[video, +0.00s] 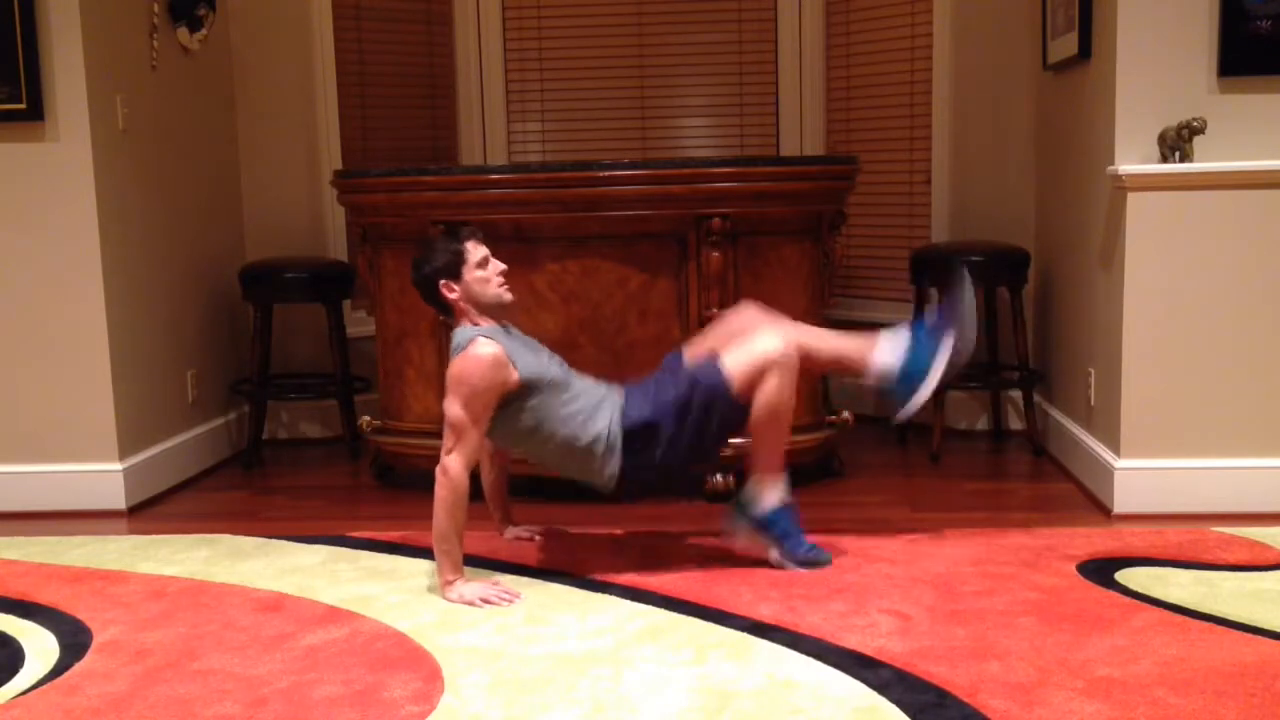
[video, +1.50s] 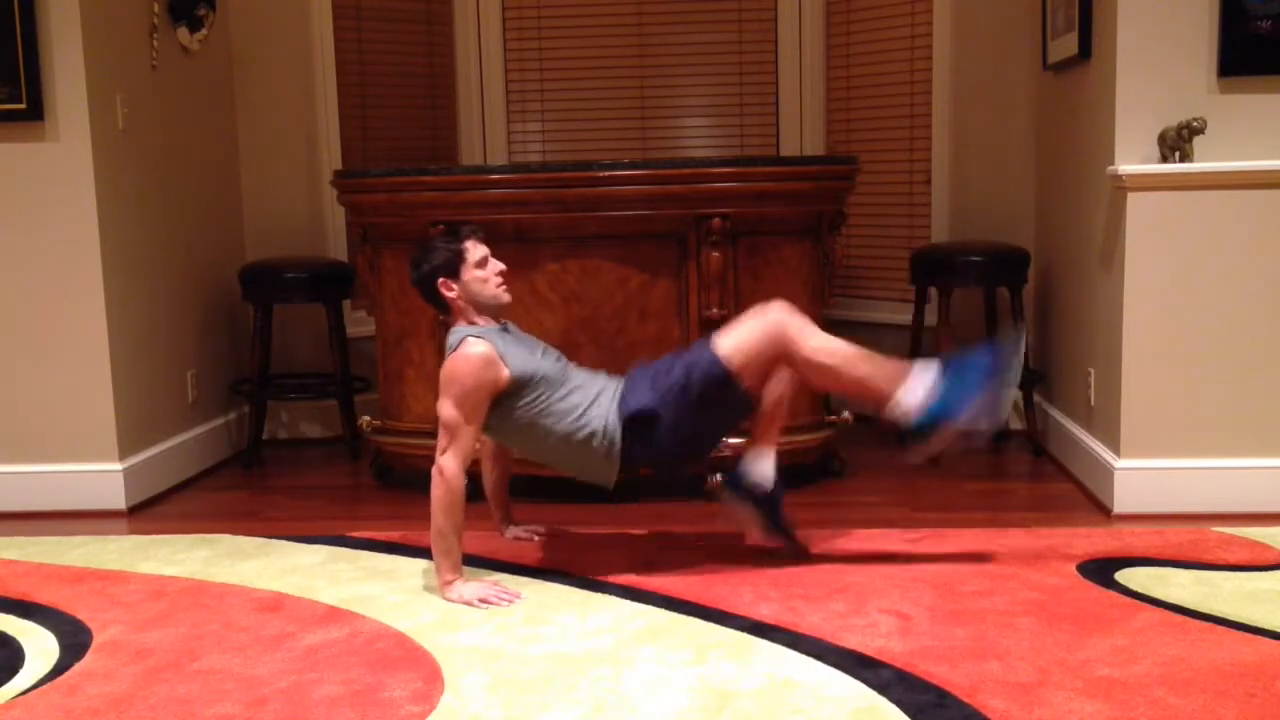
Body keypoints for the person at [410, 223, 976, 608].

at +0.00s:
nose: (500, 269)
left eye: (494, 260)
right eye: (484, 266)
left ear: (472, 284)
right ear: (452, 293)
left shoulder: (493, 337)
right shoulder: (476, 360)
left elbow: (487, 440)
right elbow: (452, 465)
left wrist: (499, 521)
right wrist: (451, 577)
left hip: (633, 412)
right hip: (633, 446)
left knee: (752, 316)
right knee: (772, 353)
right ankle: (761, 509)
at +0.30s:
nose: (503, 266)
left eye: (498, 257)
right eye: (487, 262)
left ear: (479, 279)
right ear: (454, 287)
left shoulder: (498, 336)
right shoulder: (476, 355)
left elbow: (484, 438)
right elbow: (451, 464)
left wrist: (497, 520)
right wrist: (449, 576)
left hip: (636, 426)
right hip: (626, 454)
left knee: (766, 338)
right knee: (782, 369)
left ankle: (892, 413)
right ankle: (749, 524)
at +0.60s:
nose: (514, 273)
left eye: (508, 265)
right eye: (497, 270)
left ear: (489, 290)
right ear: (468, 298)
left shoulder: (512, 341)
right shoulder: (489, 364)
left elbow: (491, 439)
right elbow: (454, 465)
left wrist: (500, 519)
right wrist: (447, 578)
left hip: (621, 449)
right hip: (617, 485)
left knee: (744, 371)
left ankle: (763, 521)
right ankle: (903, 322)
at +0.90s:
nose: (502, 269)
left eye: (497, 260)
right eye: (486, 265)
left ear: (467, 285)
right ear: (452, 288)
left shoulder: (492, 340)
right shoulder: (473, 356)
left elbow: (490, 441)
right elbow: (451, 463)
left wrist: (499, 518)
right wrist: (448, 576)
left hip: (642, 417)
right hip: (642, 439)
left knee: (761, 318)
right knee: (762, 308)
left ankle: (839, 446)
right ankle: (851, 440)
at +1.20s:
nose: (521, 274)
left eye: (515, 266)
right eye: (505, 272)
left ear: (500, 287)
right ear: (475, 299)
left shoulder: (519, 339)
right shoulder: (494, 363)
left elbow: (496, 440)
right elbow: (456, 464)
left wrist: (501, 521)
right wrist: (448, 578)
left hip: (634, 459)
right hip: (625, 485)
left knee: (782, 384)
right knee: (760, 376)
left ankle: (925, 353)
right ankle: (770, 531)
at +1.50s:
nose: (500, 269)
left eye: (493, 260)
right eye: (484, 266)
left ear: (473, 283)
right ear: (451, 292)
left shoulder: (497, 341)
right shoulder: (469, 359)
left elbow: (488, 442)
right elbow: (448, 465)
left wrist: (498, 520)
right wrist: (447, 576)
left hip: (639, 408)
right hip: (633, 424)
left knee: (788, 350)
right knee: (776, 319)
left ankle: (757, 475)